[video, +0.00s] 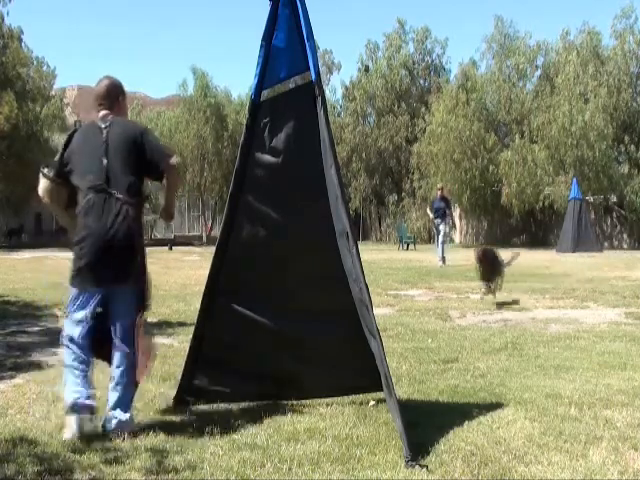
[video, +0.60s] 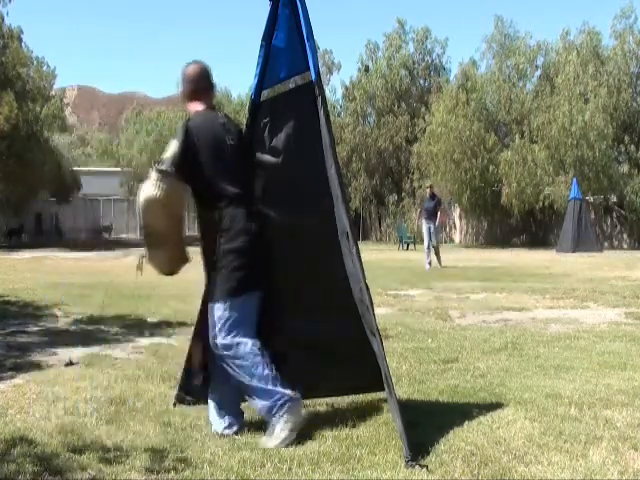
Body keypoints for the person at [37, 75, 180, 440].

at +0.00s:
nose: (129, 106)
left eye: (125, 102)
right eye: (127, 102)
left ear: (94, 106)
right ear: (122, 104)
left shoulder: (77, 136)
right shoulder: (134, 132)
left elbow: (47, 189)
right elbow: (172, 166)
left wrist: (73, 219)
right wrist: (168, 205)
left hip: (89, 240)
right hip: (127, 240)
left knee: (75, 332)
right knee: (125, 335)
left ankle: (77, 405)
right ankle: (119, 418)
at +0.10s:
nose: (135, 108)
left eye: (130, 103)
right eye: (135, 103)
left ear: (103, 106)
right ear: (131, 105)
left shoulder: (86, 140)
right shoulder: (145, 137)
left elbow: (54, 196)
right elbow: (178, 182)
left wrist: (82, 236)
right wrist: (166, 210)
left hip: (101, 239)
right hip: (141, 239)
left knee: (94, 329)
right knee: (151, 319)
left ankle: (87, 425)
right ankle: (153, 394)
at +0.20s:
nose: (136, 109)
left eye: (123, 104)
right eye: (147, 102)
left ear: (118, 106)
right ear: (147, 104)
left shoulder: (104, 139)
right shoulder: (164, 138)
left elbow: (74, 197)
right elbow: (194, 185)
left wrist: (97, 239)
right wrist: (172, 217)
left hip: (120, 247)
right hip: (160, 246)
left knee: (103, 336)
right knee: (172, 327)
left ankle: (87, 426)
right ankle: (206, 398)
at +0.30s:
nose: (154, 105)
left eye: (137, 102)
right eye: (164, 98)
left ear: (135, 101)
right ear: (166, 100)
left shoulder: (129, 135)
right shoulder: (187, 136)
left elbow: (106, 186)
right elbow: (209, 182)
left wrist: (110, 243)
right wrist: (192, 220)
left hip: (147, 251)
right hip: (187, 252)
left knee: (121, 342)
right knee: (200, 343)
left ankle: (90, 427)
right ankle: (229, 420)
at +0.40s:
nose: (154, 105)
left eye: (153, 100)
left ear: (154, 100)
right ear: (182, 99)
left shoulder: (152, 134)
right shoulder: (204, 135)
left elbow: (128, 175)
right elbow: (228, 176)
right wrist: (216, 212)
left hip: (180, 242)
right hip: (216, 242)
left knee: (152, 326)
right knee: (214, 333)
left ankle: (144, 423)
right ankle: (227, 420)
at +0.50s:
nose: (169, 100)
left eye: (168, 94)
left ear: (169, 96)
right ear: (197, 93)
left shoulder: (173, 132)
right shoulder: (220, 131)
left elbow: (150, 184)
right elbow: (239, 176)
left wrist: (148, 245)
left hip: (209, 237)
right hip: (240, 236)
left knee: (182, 328)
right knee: (228, 327)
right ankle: (220, 408)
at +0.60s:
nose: (184, 96)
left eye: (183, 90)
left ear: (183, 93)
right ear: (213, 90)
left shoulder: (195, 129)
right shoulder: (230, 127)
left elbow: (169, 183)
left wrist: (166, 246)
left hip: (232, 234)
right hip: (239, 231)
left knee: (227, 333)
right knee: (223, 330)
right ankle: (225, 418)